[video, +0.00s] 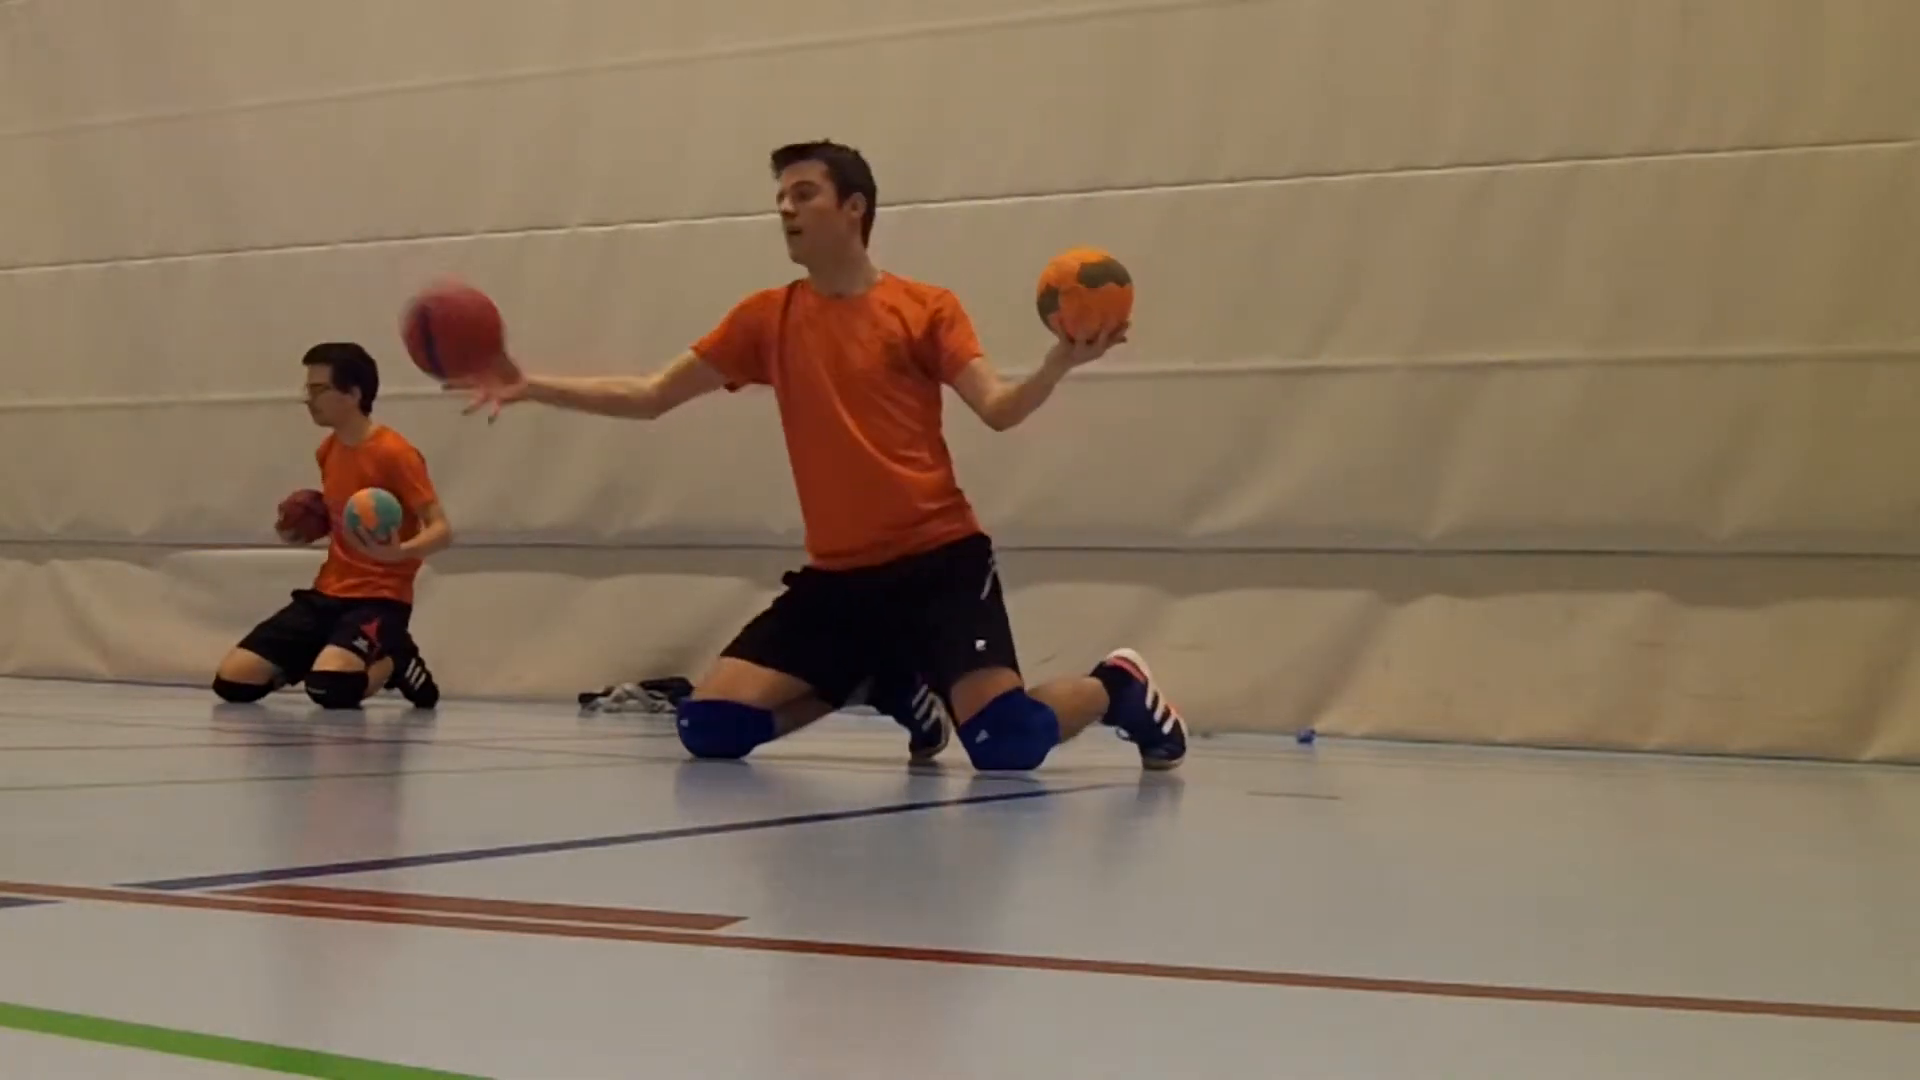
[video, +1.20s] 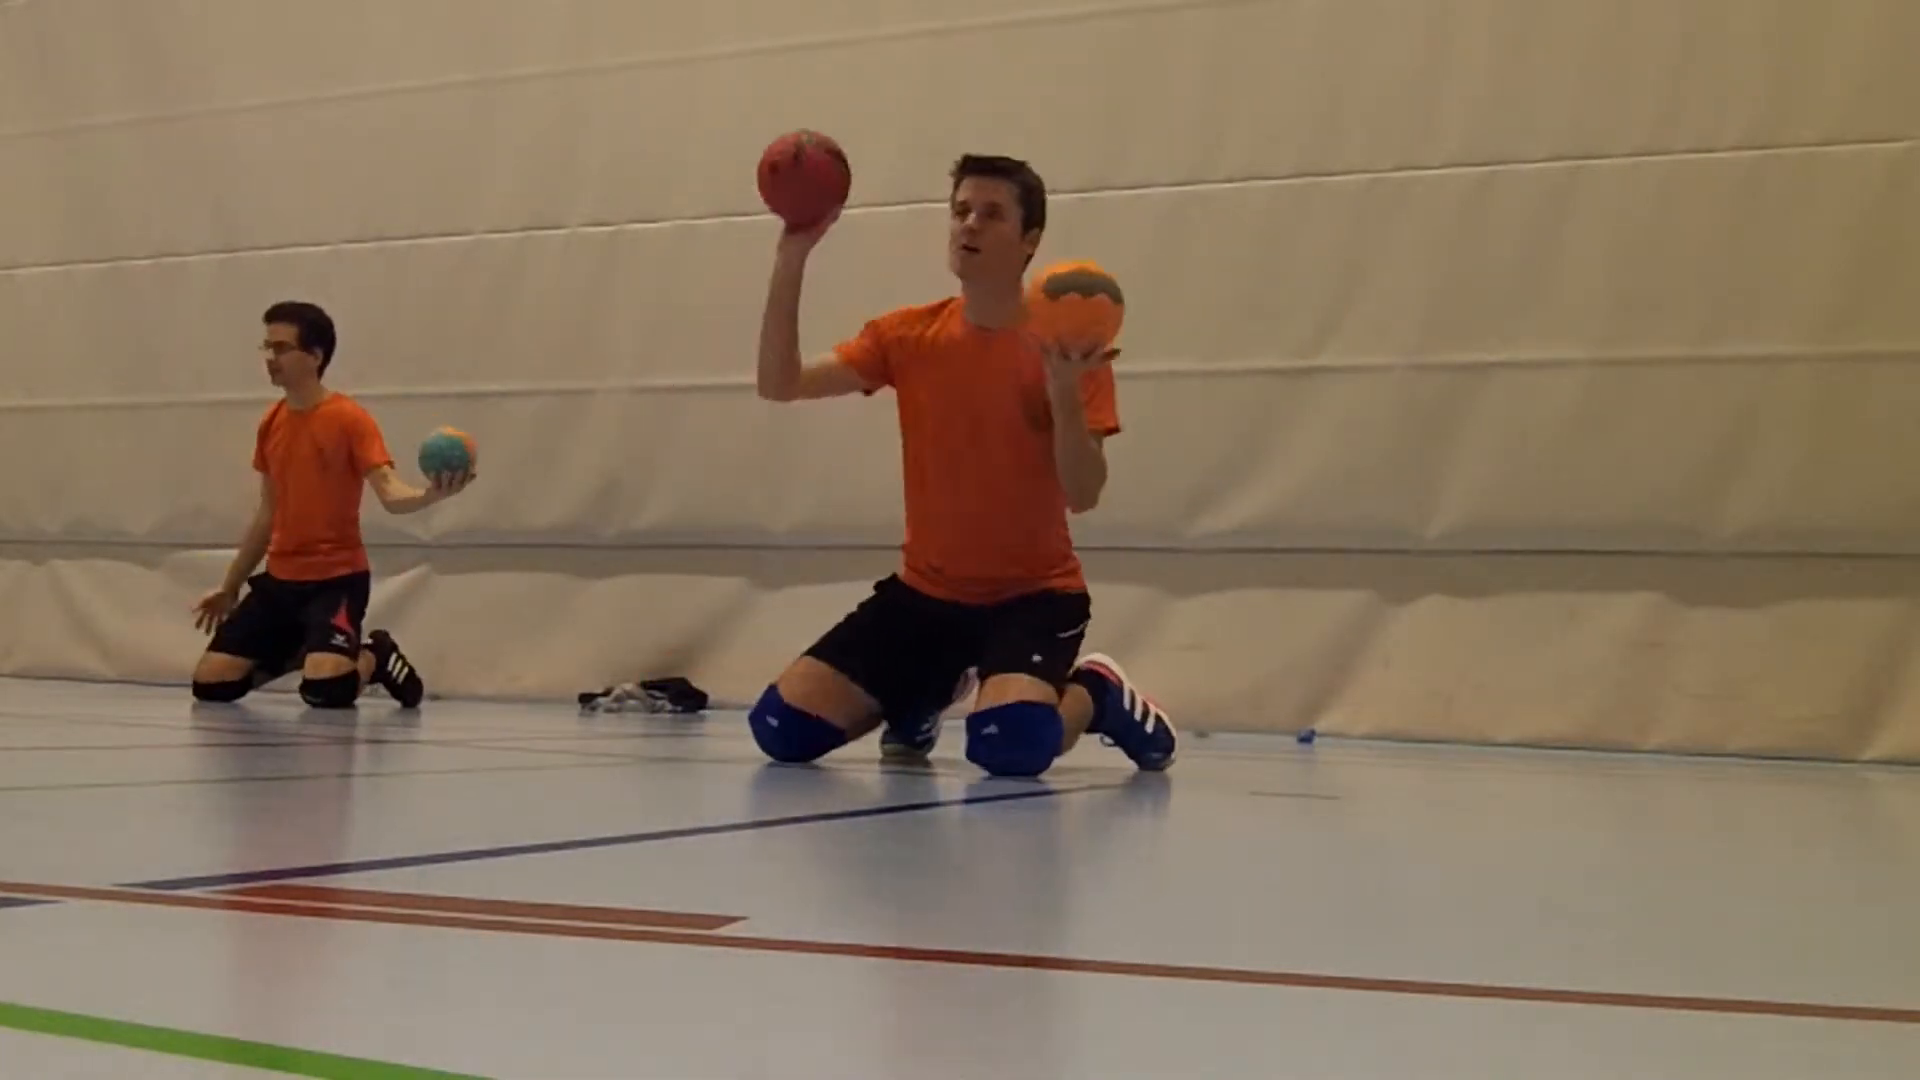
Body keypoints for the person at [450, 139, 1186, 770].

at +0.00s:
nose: (785, 209)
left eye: (804, 194)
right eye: (780, 199)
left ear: (857, 208)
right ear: (784, 219)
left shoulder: (923, 308)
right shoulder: (767, 319)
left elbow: (1002, 411)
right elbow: (650, 394)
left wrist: (1065, 357)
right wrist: (527, 383)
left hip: (940, 566)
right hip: (836, 579)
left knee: (1002, 742)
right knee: (713, 729)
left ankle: (1116, 684)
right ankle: (883, 681)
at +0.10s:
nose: (748, 198)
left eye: (765, 181)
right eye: (745, 185)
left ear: (820, 193)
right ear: (751, 200)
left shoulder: (887, 294)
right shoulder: (736, 309)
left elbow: (965, 396)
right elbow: (694, 431)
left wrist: (1026, 343)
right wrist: (589, 434)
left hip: (906, 544)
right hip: (798, 560)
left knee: (1008, 720)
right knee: (679, 728)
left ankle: (1123, 694)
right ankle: (865, 678)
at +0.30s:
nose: (721, 197)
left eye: (738, 181)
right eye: (715, 186)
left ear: (787, 192)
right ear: (714, 202)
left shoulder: (851, 292)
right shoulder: (712, 298)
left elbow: (909, 399)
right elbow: (707, 392)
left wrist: (947, 320)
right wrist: (674, 413)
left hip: (868, 535)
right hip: (769, 560)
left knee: (961, 691)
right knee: (651, 727)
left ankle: (1080, 690)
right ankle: (839, 675)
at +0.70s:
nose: (832, 216)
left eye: (851, 202)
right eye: (823, 202)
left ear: (894, 216)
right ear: (812, 215)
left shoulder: (930, 326)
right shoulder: (791, 317)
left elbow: (889, 442)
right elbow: (781, 459)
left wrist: (881, 335)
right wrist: (734, 421)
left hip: (909, 579)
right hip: (807, 585)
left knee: (955, 746)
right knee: (669, 728)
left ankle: (1077, 692)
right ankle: (848, 681)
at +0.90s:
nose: (865, 227)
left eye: (885, 213)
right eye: (855, 213)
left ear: (927, 230)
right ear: (844, 224)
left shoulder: (974, 330)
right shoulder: (839, 336)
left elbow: (965, 470)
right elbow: (823, 476)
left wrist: (935, 371)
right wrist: (765, 414)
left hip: (972, 583)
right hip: (873, 588)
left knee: (955, 741)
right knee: (739, 729)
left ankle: (1086, 683)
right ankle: (902, 685)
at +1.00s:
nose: (890, 235)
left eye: (909, 221)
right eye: (880, 221)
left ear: (951, 239)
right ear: (869, 235)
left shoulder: (1000, 337)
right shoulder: (868, 345)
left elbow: (1004, 488)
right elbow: (803, 462)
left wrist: (976, 387)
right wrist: (764, 361)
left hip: (998, 593)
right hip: (896, 597)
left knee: (980, 743)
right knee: (756, 730)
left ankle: (1089, 687)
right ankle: (907, 691)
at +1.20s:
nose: (968, 225)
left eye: (991, 214)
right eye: (960, 211)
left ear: (1030, 241)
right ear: (948, 228)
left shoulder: (1069, 347)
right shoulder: (908, 336)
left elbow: (1083, 494)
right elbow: (779, 381)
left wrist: (1064, 385)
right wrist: (791, 255)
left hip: (1035, 597)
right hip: (927, 592)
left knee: (1007, 747)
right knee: (780, 730)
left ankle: (1098, 694)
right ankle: (926, 686)